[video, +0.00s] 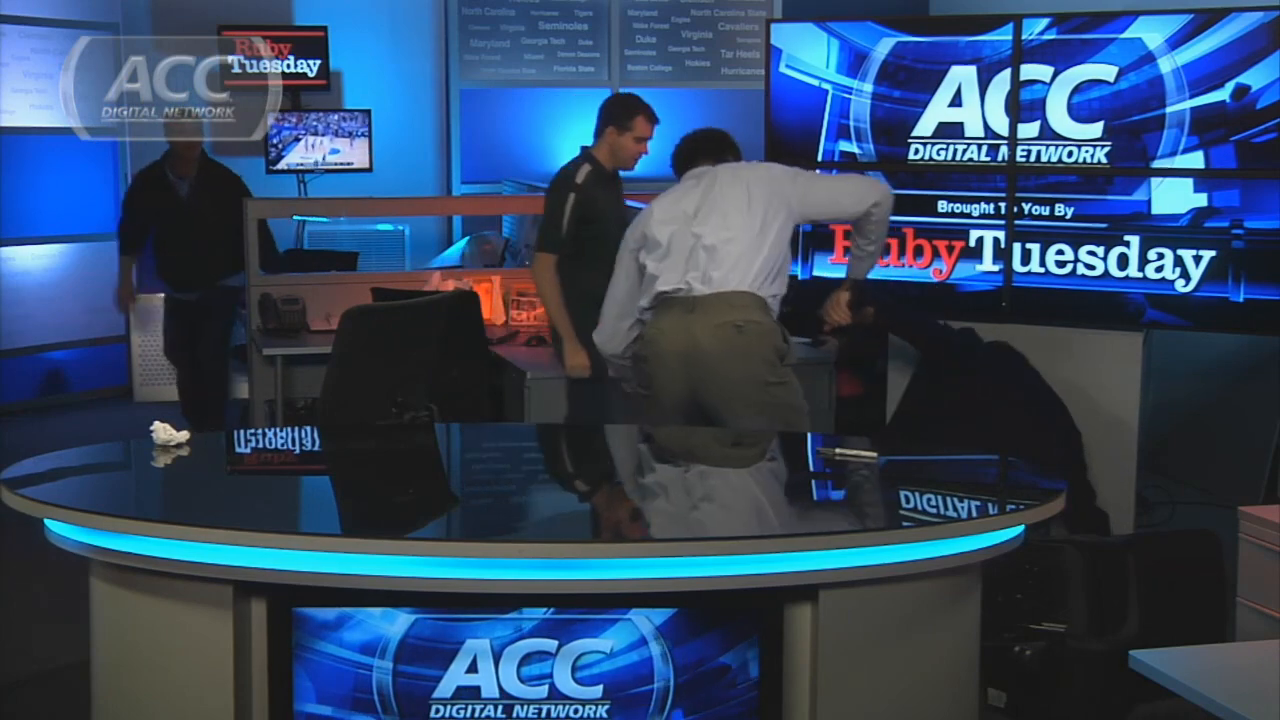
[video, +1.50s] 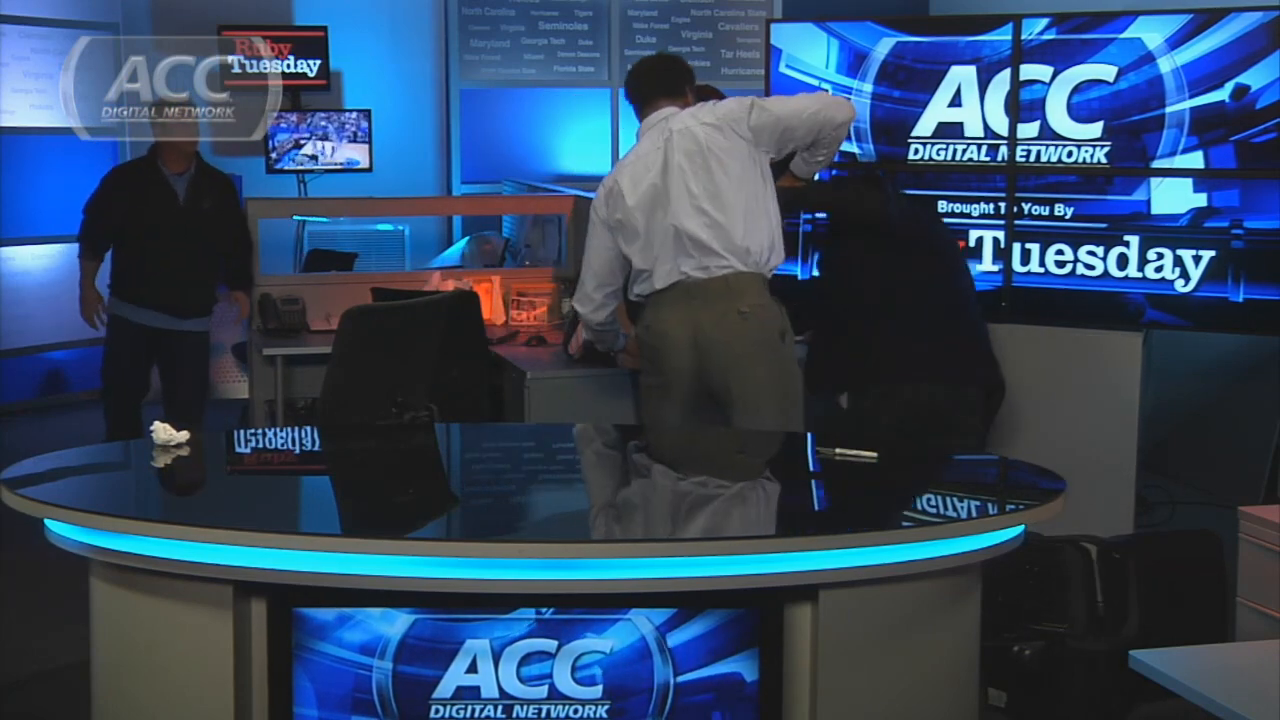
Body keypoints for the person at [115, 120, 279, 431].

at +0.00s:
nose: (188, 141)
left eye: (193, 134)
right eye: (180, 135)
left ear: (202, 138)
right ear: (169, 138)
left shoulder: (224, 181)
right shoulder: (147, 182)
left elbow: (257, 230)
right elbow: (130, 234)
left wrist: (274, 279)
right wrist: (126, 282)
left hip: (222, 286)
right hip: (177, 288)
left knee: (212, 359)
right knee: (179, 354)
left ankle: (212, 430)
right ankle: (195, 425)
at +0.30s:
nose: (198, 146)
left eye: (203, 139)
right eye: (191, 138)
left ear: (210, 143)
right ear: (176, 140)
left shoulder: (222, 192)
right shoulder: (143, 173)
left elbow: (249, 243)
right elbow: (111, 205)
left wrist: (271, 287)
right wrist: (87, 241)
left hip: (194, 293)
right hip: (145, 289)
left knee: (188, 367)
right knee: (129, 348)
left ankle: (191, 437)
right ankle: (173, 416)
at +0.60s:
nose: (183, 139)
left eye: (187, 131)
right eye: (175, 131)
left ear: (194, 136)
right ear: (159, 133)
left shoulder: (210, 182)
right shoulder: (125, 172)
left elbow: (229, 236)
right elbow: (99, 209)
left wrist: (236, 283)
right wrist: (88, 254)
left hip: (183, 301)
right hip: (128, 296)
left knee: (188, 382)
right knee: (118, 379)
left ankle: (187, 457)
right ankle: (111, 455)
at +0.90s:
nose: (151, 133)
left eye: (156, 125)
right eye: (142, 125)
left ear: (165, 129)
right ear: (128, 130)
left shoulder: (191, 178)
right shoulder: (101, 180)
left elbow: (212, 229)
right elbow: (76, 230)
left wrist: (211, 275)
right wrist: (63, 280)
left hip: (177, 306)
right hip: (120, 307)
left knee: (188, 389)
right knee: (116, 392)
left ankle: (193, 467)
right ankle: (121, 468)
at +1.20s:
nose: (169, 135)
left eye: (171, 127)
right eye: (159, 128)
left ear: (178, 133)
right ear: (140, 134)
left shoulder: (201, 184)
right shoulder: (108, 183)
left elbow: (221, 238)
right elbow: (82, 230)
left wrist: (220, 286)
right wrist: (74, 278)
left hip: (181, 316)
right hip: (122, 314)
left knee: (180, 405)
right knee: (117, 404)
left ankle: (183, 480)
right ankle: (120, 478)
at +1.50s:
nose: (186, 130)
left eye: (189, 122)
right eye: (176, 122)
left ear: (198, 130)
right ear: (158, 129)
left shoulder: (219, 186)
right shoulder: (124, 179)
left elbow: (237, 243)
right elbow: (94, 233)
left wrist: (239, 288)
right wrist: (87, 286)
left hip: (190, 322)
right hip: (130, 317)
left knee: (188, 414)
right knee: (121, 410)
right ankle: (120, 487)